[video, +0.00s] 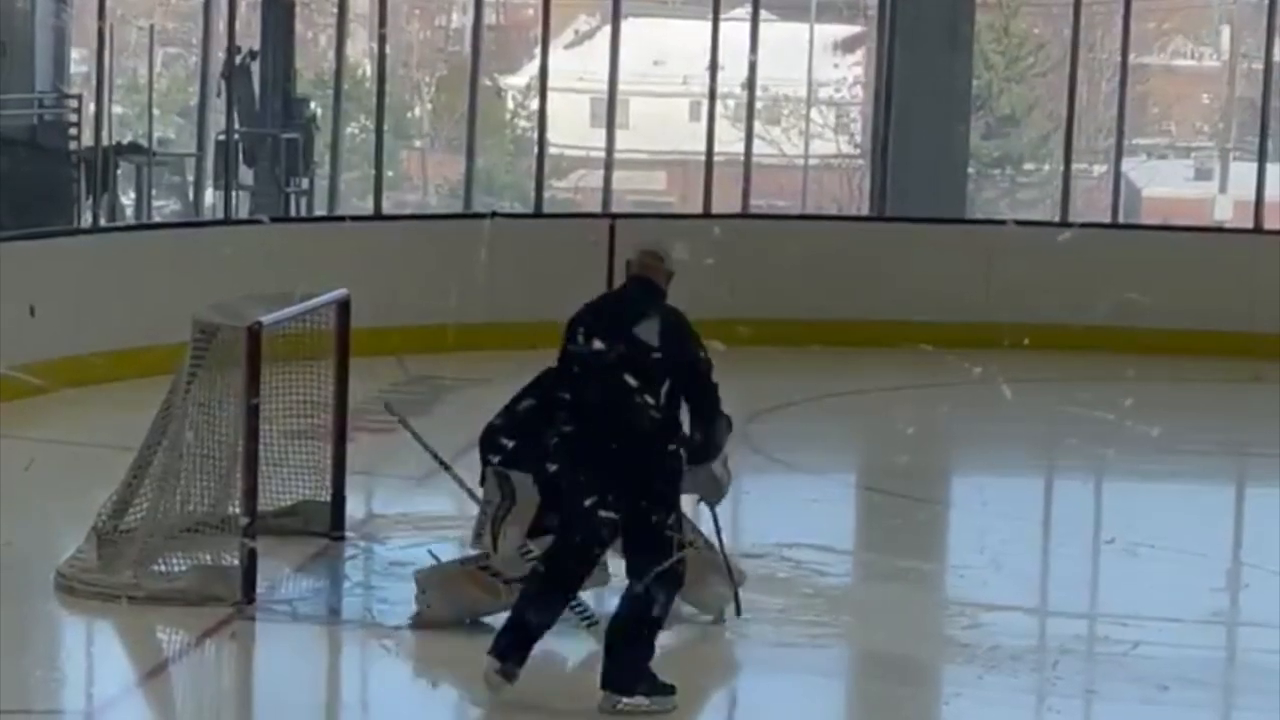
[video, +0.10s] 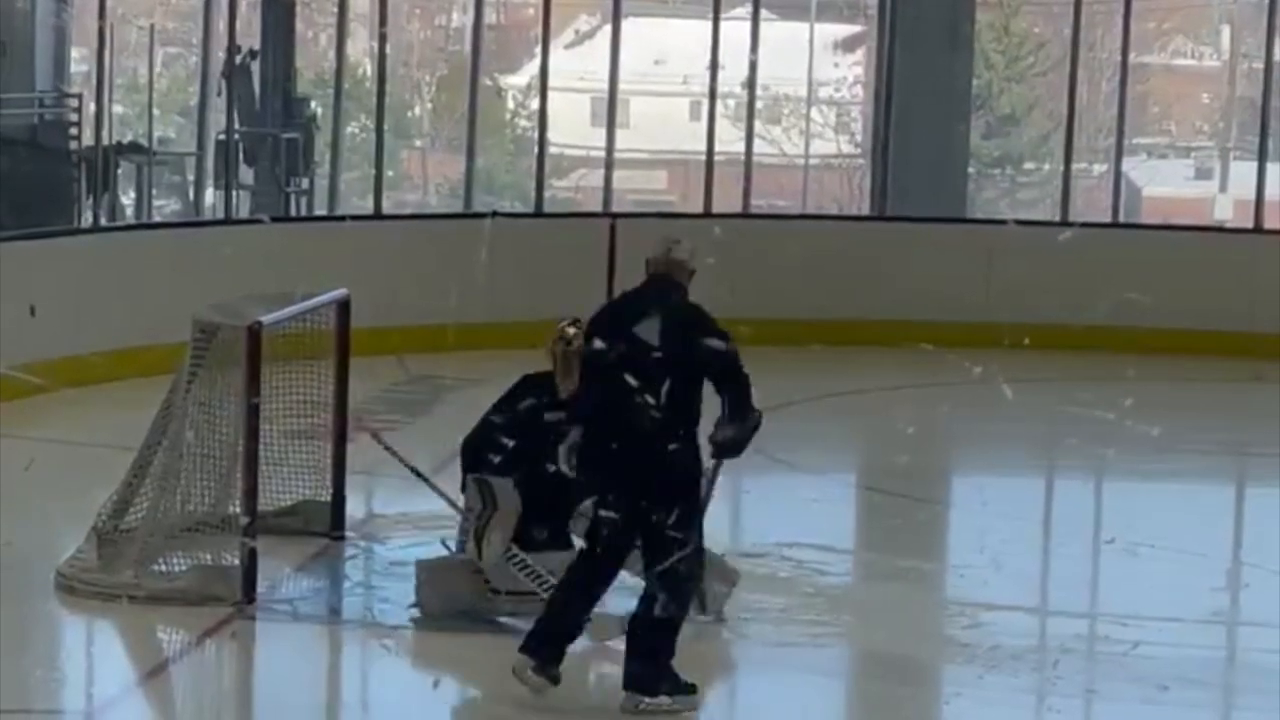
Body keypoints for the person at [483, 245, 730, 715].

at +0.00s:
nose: (662, 284)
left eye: (655, 275)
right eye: (663, 277)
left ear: (626, 274)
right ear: (664, 280)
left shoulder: (586, 316)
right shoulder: (673, 326)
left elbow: (563, 385)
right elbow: (703, 394)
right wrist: (702, 451)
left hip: (585, 456)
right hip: (647, 465)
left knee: (571, 556)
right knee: (657, 570)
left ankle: (509, 653)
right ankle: (626, 678)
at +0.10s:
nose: (690, 280)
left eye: (687, 272)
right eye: (690, 273)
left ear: (648, 270)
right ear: (685, 274)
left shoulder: (611, 314)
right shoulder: (694, 322)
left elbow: (587, 386)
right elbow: (731, 377)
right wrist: (735, 426)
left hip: (611, 457)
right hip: (668, 465)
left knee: (597, 559)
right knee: (674, 574)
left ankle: (540, 654)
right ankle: (648, 680)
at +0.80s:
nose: (774, 270)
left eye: (762, 262)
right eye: (780, 264)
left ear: (747, 268)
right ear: (789, 270)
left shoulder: (717, 313)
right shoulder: (809, 314)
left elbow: (698, 391)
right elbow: (834, 385)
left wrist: (697, 455)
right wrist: (808, 434)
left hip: (734, 454)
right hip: (787, 457)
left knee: (738, 545)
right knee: (793, 552)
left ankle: (724, 647)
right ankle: (796, 665)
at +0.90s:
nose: (786, 267)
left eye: (772, 258)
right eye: (791, 260)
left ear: (757, 264)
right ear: (798, 266)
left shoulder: (725, 306)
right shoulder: (816, 309)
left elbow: (704, 384)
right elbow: (832, 377)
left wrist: (704, 446)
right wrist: (812, 424)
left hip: (739, 450)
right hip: (795, 452)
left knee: (747, 542)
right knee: (809, 548)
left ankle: (737, 644)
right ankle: (813, 655)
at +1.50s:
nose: (877, 261)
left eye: (868, 252)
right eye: (886, 254)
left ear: (852, 255)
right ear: (890, 258)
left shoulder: (821, 294)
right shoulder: (910, 301)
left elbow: (796, 364)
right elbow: (926, 365)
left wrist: (787, 422)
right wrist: (909, 415)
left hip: (832, 427)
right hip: (888, 433)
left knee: (814, 517)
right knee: (884, 526)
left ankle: (789, 609)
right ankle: (874, 618)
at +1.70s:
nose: (916, 261)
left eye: (908, 253)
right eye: (928, 254)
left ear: (899, 253)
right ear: (938, 255)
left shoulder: (876, 293)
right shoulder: (965, 300)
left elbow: (852, 363)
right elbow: (978, 366)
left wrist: (839, 420)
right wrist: (954, 416)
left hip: (880, 427)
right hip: (938, 435)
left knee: (855, 511)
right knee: (928, 523)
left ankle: (818, 602)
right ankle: (910, 616)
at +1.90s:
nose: (943, 255)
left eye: (943, 248)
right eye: (952, 248)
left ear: (943, 249)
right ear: (980, 251)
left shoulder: (920, 292)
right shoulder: (1009, 295)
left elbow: (896, 362)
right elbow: (1028, 358)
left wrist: (886, 420)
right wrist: (995, 405)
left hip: (923, 425)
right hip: (977, 429)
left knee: (910, 507)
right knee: (967, 515)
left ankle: (894, 601)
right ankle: (952, 609)